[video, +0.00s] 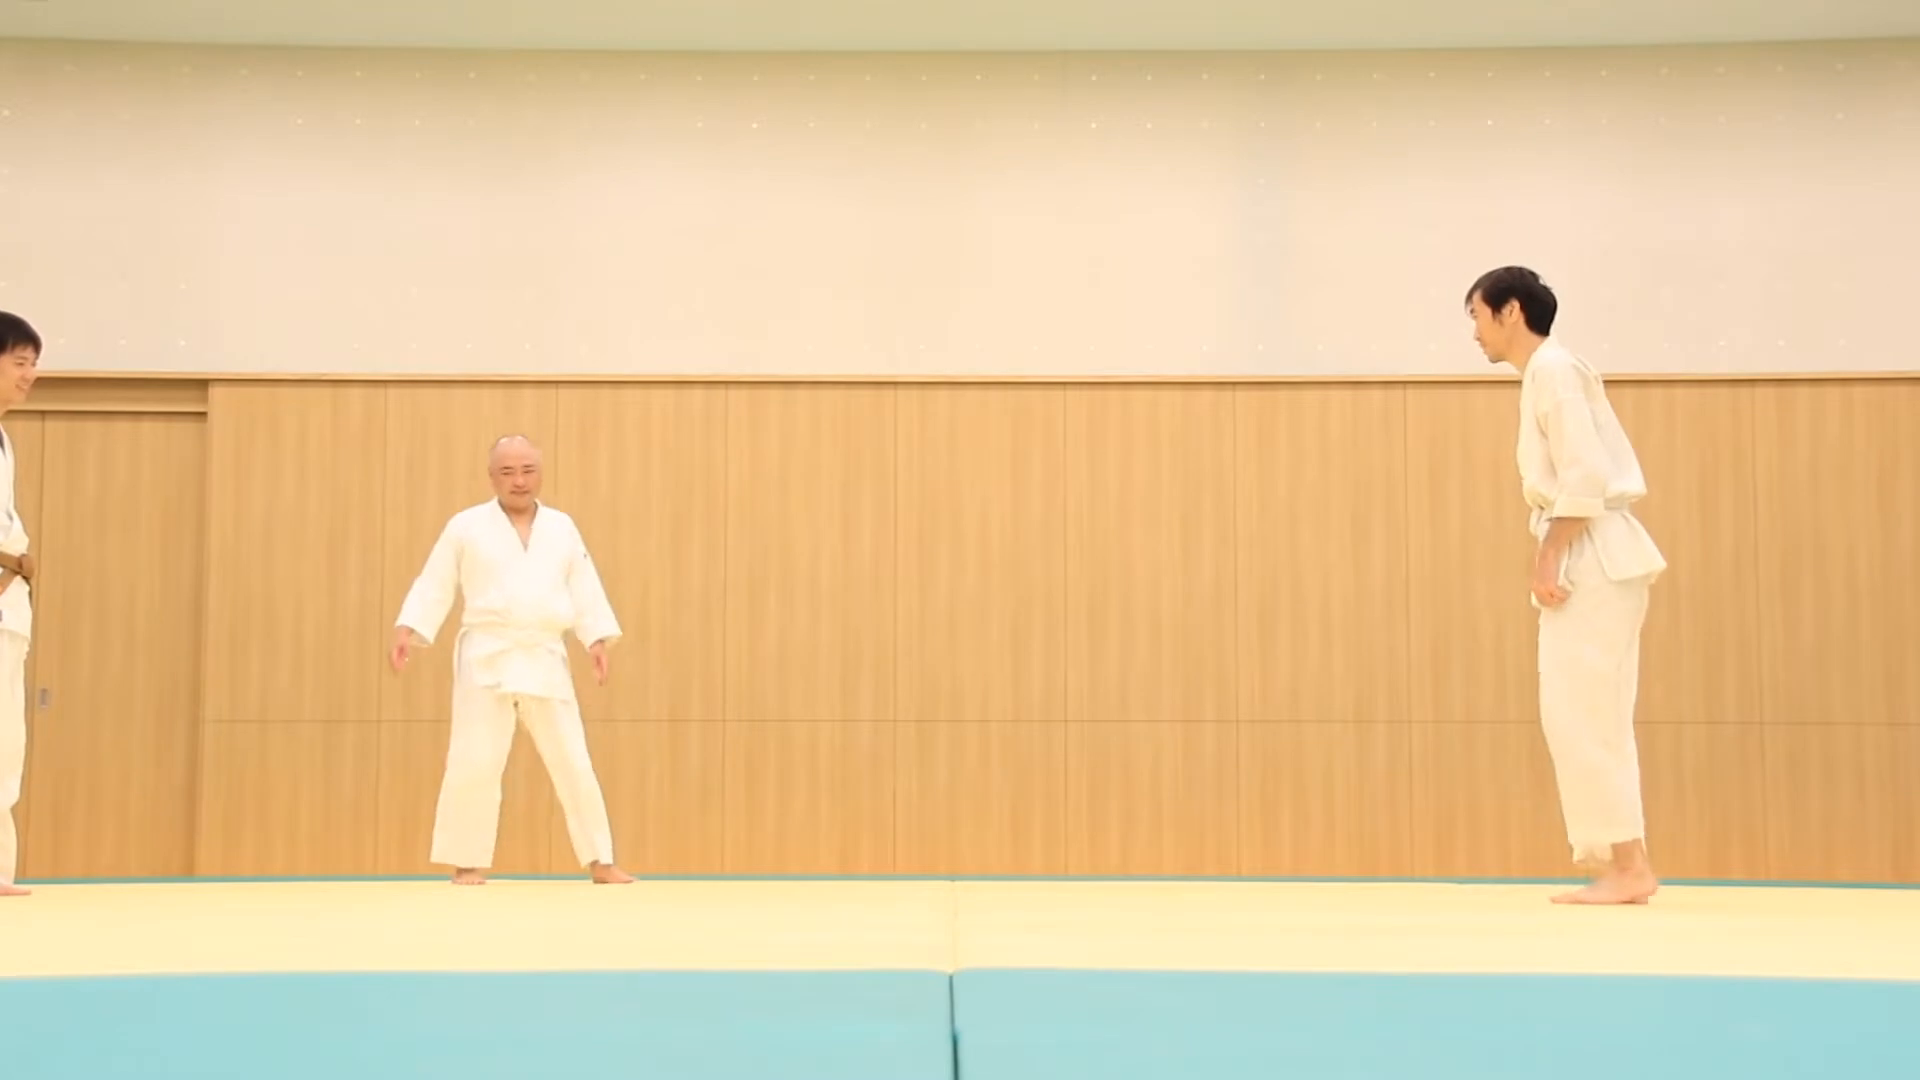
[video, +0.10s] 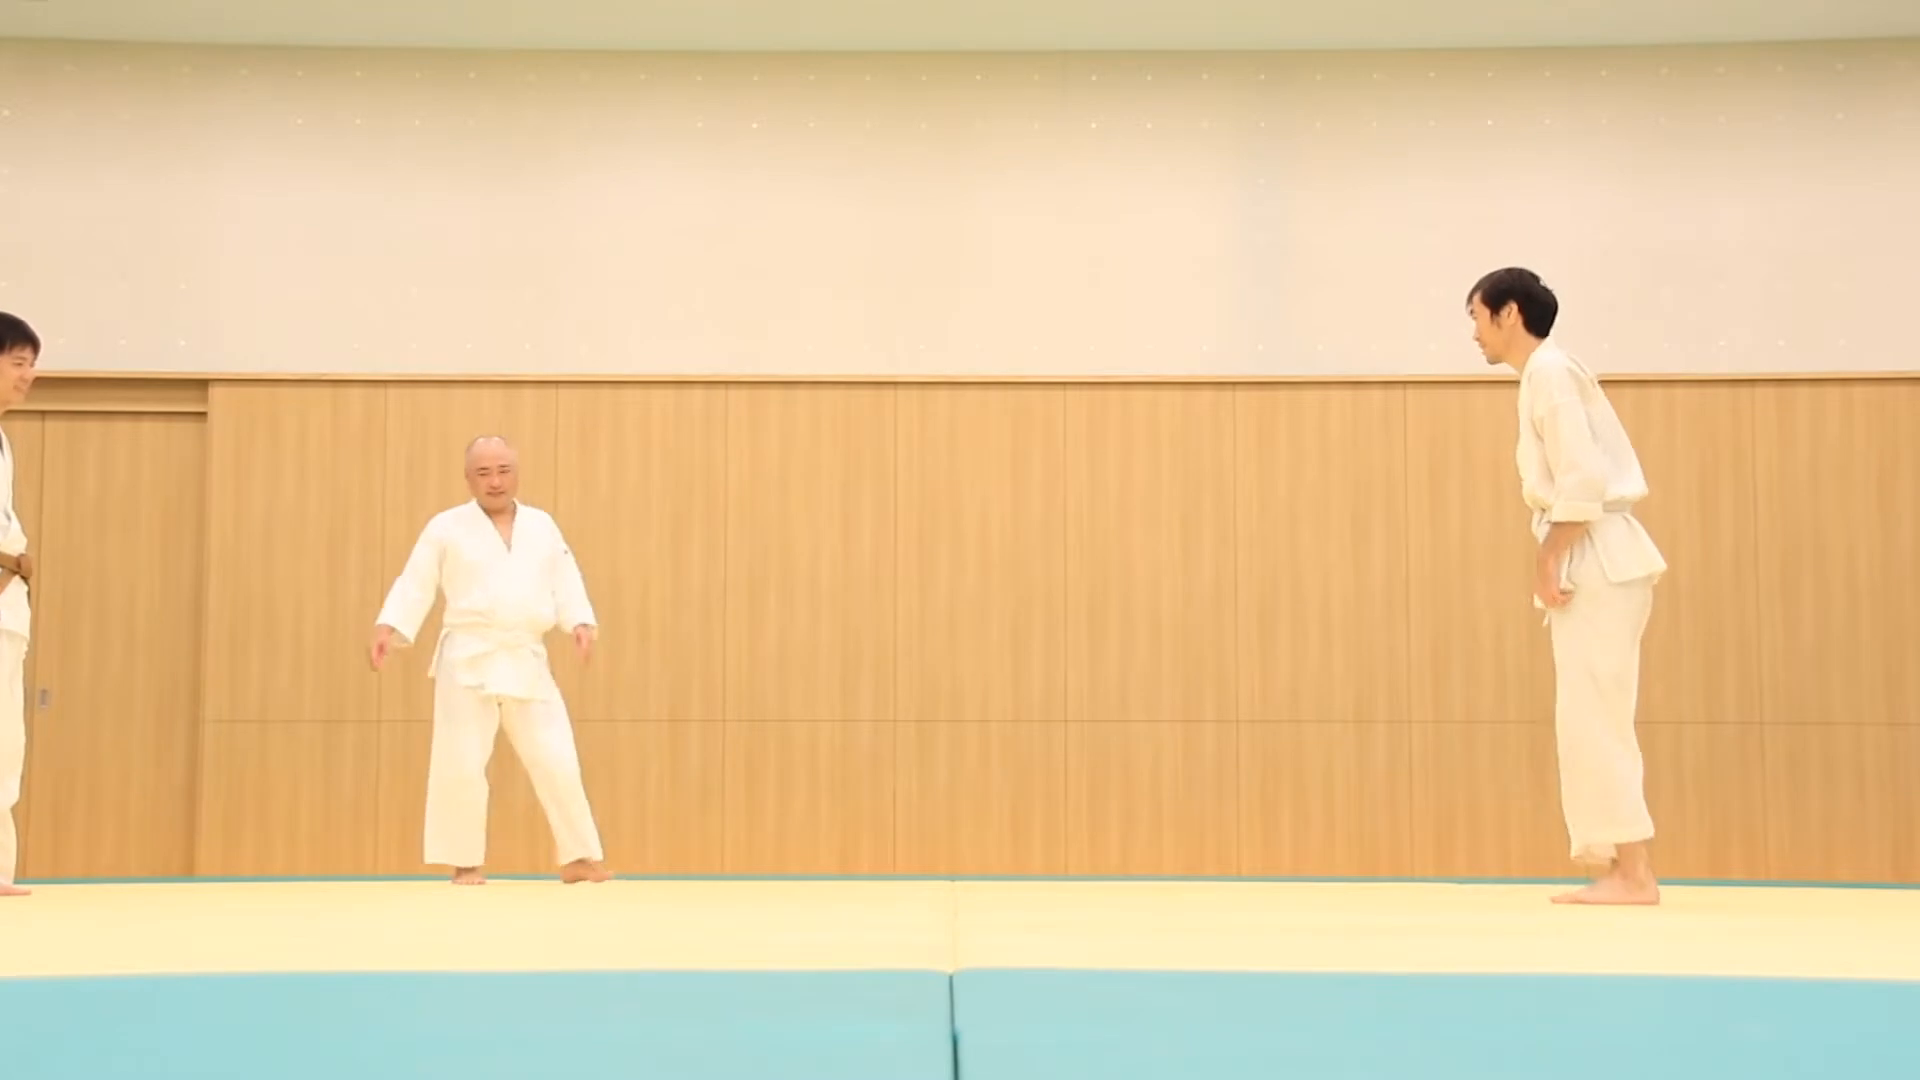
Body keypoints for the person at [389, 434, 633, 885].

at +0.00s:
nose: (519, 479)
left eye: (528, 470)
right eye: (508, 471)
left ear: (540, 474)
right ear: (491, 476)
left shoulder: (560, 526)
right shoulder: (467, 526)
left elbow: (583, 584)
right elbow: (436, 582)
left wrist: (596, 637)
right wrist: (408, 627)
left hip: (544, 656)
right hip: (485, 656)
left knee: (572, 759)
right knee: (476, 760)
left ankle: (600, 862)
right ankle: (469, 865)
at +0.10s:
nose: (495, 480)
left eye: (504, 470)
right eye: (484, 472)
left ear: (517, 474)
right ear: (468, 478)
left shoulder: (540, 526)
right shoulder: (447, 527)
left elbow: (565, 578)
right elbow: (416, 582)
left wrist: (580, 620)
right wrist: (389, 625)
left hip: (526, 658)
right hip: (467, 658)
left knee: (557, 759)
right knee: (463, 763)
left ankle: (576, 860)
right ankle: (467, 865)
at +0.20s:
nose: (475, 477)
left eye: (484, 468)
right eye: (464, 470)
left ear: (497, 470)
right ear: (449, 476)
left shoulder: (523, 521)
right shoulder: (430, 525)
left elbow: (549, 568)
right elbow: (399, 581)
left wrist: (557, 606)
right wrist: (369, 627)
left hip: (511, 655)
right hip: (454, 656)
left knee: (537, 756)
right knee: (455, 760)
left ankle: (522, 855)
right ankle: (461, 863)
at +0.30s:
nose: (458, 476)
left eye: (467, 466)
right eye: (447, 468)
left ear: (480, 469)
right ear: (432, 474)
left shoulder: (505, 518)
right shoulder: (415, 526)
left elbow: (535, 560)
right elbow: (380, 584)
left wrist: (539, 596)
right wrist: (344, 639)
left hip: (498, 653)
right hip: (444, 654)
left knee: (506, 757)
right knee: (451, 755)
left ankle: (471, 856)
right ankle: (464, 860)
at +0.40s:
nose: (443, 476)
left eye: (452, 466)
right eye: (431, 469)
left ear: (465, 470)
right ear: (416, 476)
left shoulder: (488, 518)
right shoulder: (399, 529)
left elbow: (519, 558)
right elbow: (363, 591)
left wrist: (525, 593)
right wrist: (326, 651)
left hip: (484, 655)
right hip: (430, 657)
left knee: (476, 761)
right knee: (440, 757)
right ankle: (463, 861)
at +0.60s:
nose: (420, 479)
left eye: (427, 470)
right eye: (407, 472)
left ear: (438, 474)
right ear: (389, 480)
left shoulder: (456, 527)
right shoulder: (365, 529)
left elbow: (482, 577)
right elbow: (332, 592)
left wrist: (501, 617)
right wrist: (302, 652)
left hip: (439, 660)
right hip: (386, 659)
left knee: (412, 760)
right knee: (411, 758)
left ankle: (355, 859)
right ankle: (456, 861)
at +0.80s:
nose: (399, 476)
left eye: (407, 467)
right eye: (387, 468)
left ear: (415, 472)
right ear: (366, 475)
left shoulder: (426, 525)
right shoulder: (335, 520)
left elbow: (445, 593)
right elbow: (292, 577)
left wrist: (455, 657)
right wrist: (250, 634)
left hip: (399, 656)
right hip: (347, 654)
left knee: (388, 758)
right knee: (366, 753)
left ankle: (349, 862)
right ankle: (390, 859)